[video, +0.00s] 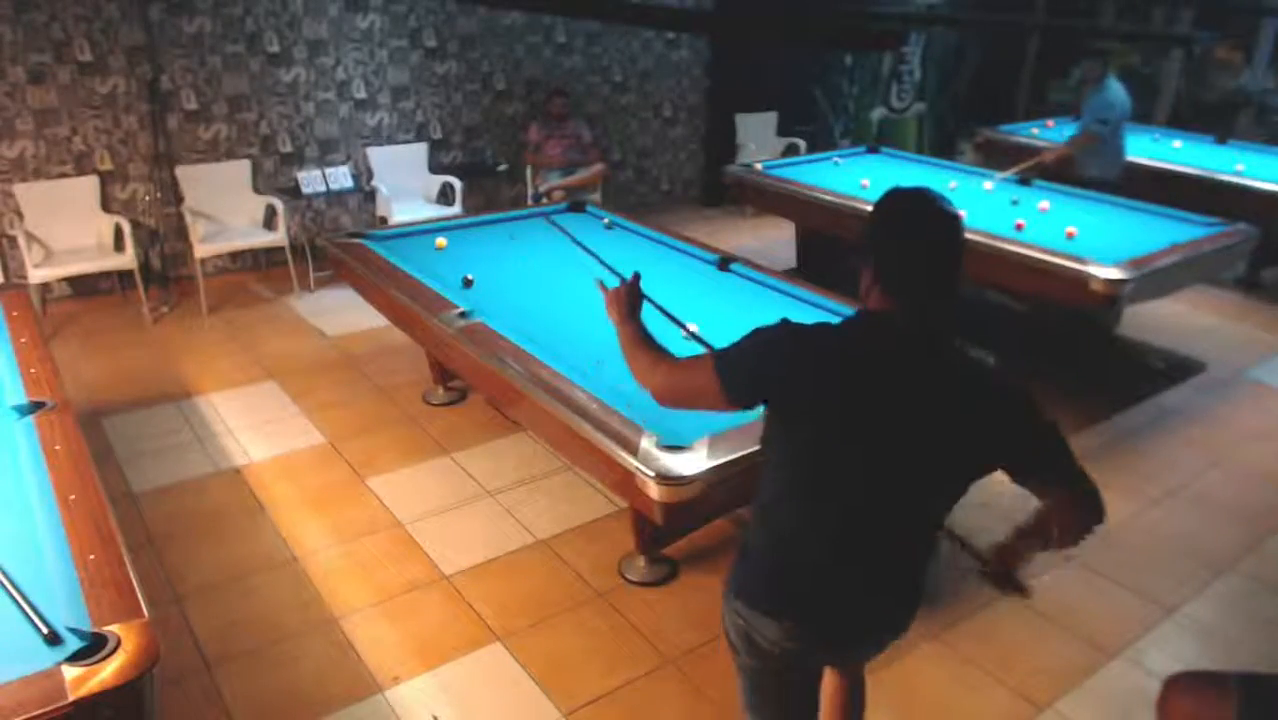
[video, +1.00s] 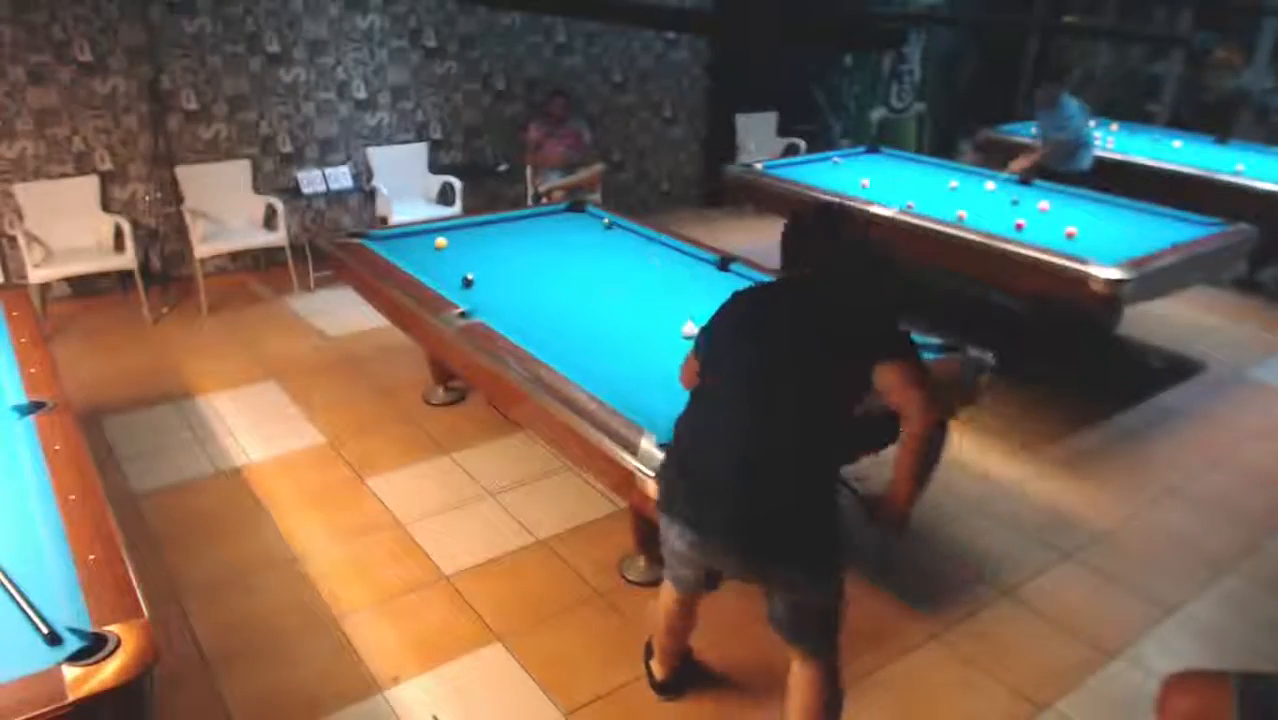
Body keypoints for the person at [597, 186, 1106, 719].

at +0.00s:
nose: (860, 269)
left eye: (864, 256)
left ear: (867, 269)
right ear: (951, 279)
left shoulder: (801, 353)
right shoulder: (984, 394)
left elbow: (666, 383)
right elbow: (1079, 509)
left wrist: (624, 322)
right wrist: (1016, 552)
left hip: (774, 605)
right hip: (879, 611)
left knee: (774, 706)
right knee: (846, 663)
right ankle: (838, 705)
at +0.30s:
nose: (866, 252)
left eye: (870, 243)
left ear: (874, 253)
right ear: (951, 258)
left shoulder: (811, 328)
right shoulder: (988, 356)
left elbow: (684, 356)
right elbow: (1084, 503)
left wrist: (644, 297)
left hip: (782, 558)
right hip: (885, 574)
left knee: (746, 661)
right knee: (846, 670)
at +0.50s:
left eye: (863, 245)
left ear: (861, 253)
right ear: (939, 259)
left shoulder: (801, 321)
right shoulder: (967, 357)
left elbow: (682, 341)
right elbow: (1080, 483)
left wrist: (658, 289)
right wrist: (1103, 589)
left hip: (770, 537)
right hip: (871, 561)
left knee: (716, 608)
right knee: (836, 654)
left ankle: (717, 711)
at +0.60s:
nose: (851, 258)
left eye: (851, 245)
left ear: (850, 253)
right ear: (926, 257)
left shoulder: (798, 320)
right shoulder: (958, 350)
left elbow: (684, 348)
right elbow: (1057, 478)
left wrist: (669, 298)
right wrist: (1068, 593)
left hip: (761, 534)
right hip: (863, 559)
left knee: (707, 599)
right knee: (835, 653)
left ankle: (681, 699)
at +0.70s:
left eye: (834, 244)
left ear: (836, 253)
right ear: (907, 258)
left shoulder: (783, 316)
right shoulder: (938, 345)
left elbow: (689, 362)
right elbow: (1026, 478)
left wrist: (687, 324)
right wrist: (1011, 580)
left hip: (752, 531)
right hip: (854, 554)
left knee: (698, 604)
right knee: (834, 652)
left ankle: (662, 669)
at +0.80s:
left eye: (815, 247)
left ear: (821, 255)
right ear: (890, 259)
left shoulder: (769, 312)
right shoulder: (916, 337)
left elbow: (692, 374)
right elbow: (988, 461)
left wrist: (706, 342)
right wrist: (957, 550)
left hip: (739, 529)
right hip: (839, 546)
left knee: (694, 607)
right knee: (827, 656)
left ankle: (665, 673)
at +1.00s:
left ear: (786, 258)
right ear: (851, 263)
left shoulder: (746, 303)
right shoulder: (864, 318)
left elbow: (691, 374)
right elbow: (920, 412)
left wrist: (756, 382)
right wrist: (899, 499)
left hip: (694, 494)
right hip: (791, 511)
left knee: (680, 590)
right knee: (810, 654)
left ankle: (665, 669)